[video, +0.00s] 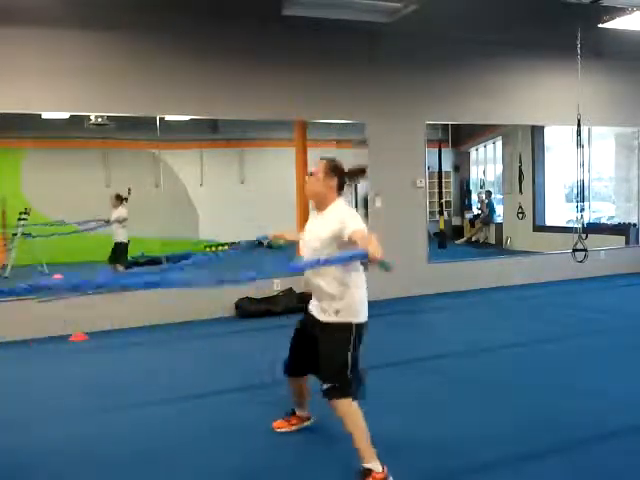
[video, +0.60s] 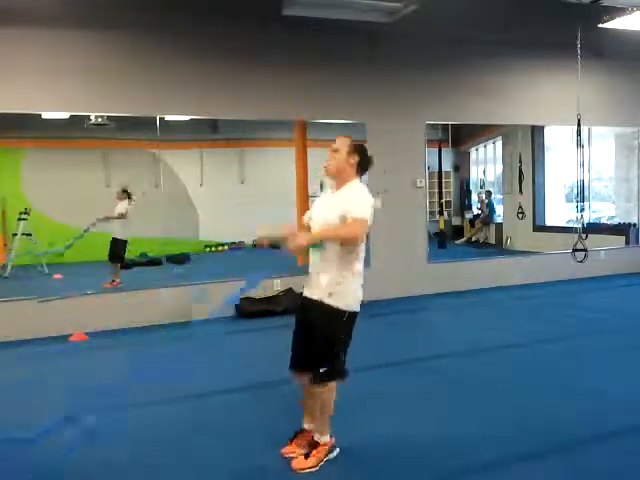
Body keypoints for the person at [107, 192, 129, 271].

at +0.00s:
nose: (112, 202)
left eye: (114, 200)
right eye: (112, 200)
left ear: (118, 201)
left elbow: (124, 218)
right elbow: (112, 219)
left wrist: (113, 221)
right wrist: (106, 220)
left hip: (122, 240)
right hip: (117, 240)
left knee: (119, 263)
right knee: (112, 261)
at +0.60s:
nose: (117, 195)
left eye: (119, 194)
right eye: (118, 193)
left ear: (124, 195)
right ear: (123, 195)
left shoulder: (124, 205)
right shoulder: (120, 204)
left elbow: (122, 216)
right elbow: (116, 217)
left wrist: (108, 217)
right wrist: (102, 219)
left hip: (121, 236)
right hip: (117, 235)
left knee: (116, 260)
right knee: (114, 259)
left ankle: (116, 279)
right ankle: (115, 279)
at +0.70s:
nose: (118, 189)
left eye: (120, 187)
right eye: (119, 187)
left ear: (124, 189)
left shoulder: (125, 197)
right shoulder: (118, 199)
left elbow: (124, 204)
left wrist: (104, 204)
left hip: (121, 231)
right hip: (115, 230)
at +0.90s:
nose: (108, 197)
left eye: (110, 195)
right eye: (109, 195)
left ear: (114, 195)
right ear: (114, 195)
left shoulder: (119, 205)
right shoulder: (113, 205)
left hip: (121, 234)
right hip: (116, 234)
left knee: (120, 259)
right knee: (116, 259)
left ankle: (122, 280)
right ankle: (118, 278)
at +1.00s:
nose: (108, 201)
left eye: (109, 199)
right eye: (108, 199)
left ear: (113, 200)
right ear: (112, 200)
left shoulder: (116, 210)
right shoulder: (111, 210)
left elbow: (109, 219)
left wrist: (106, 212)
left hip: (119, 237)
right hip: (115, 236)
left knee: (116, 260)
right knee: (110, 260)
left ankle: (122, 280)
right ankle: (116, 279)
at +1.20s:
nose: (109, 192)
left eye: (111, 190)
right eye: (110, 189)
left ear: (116, 191)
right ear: (114, 190)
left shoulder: (118, 200)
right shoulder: (111, 200)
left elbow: (117, 210)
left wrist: (102, 209)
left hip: (111, 229)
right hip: (105, 228)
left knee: (105, 254)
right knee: (103, 254)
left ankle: (108, 275)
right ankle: (107, 274)